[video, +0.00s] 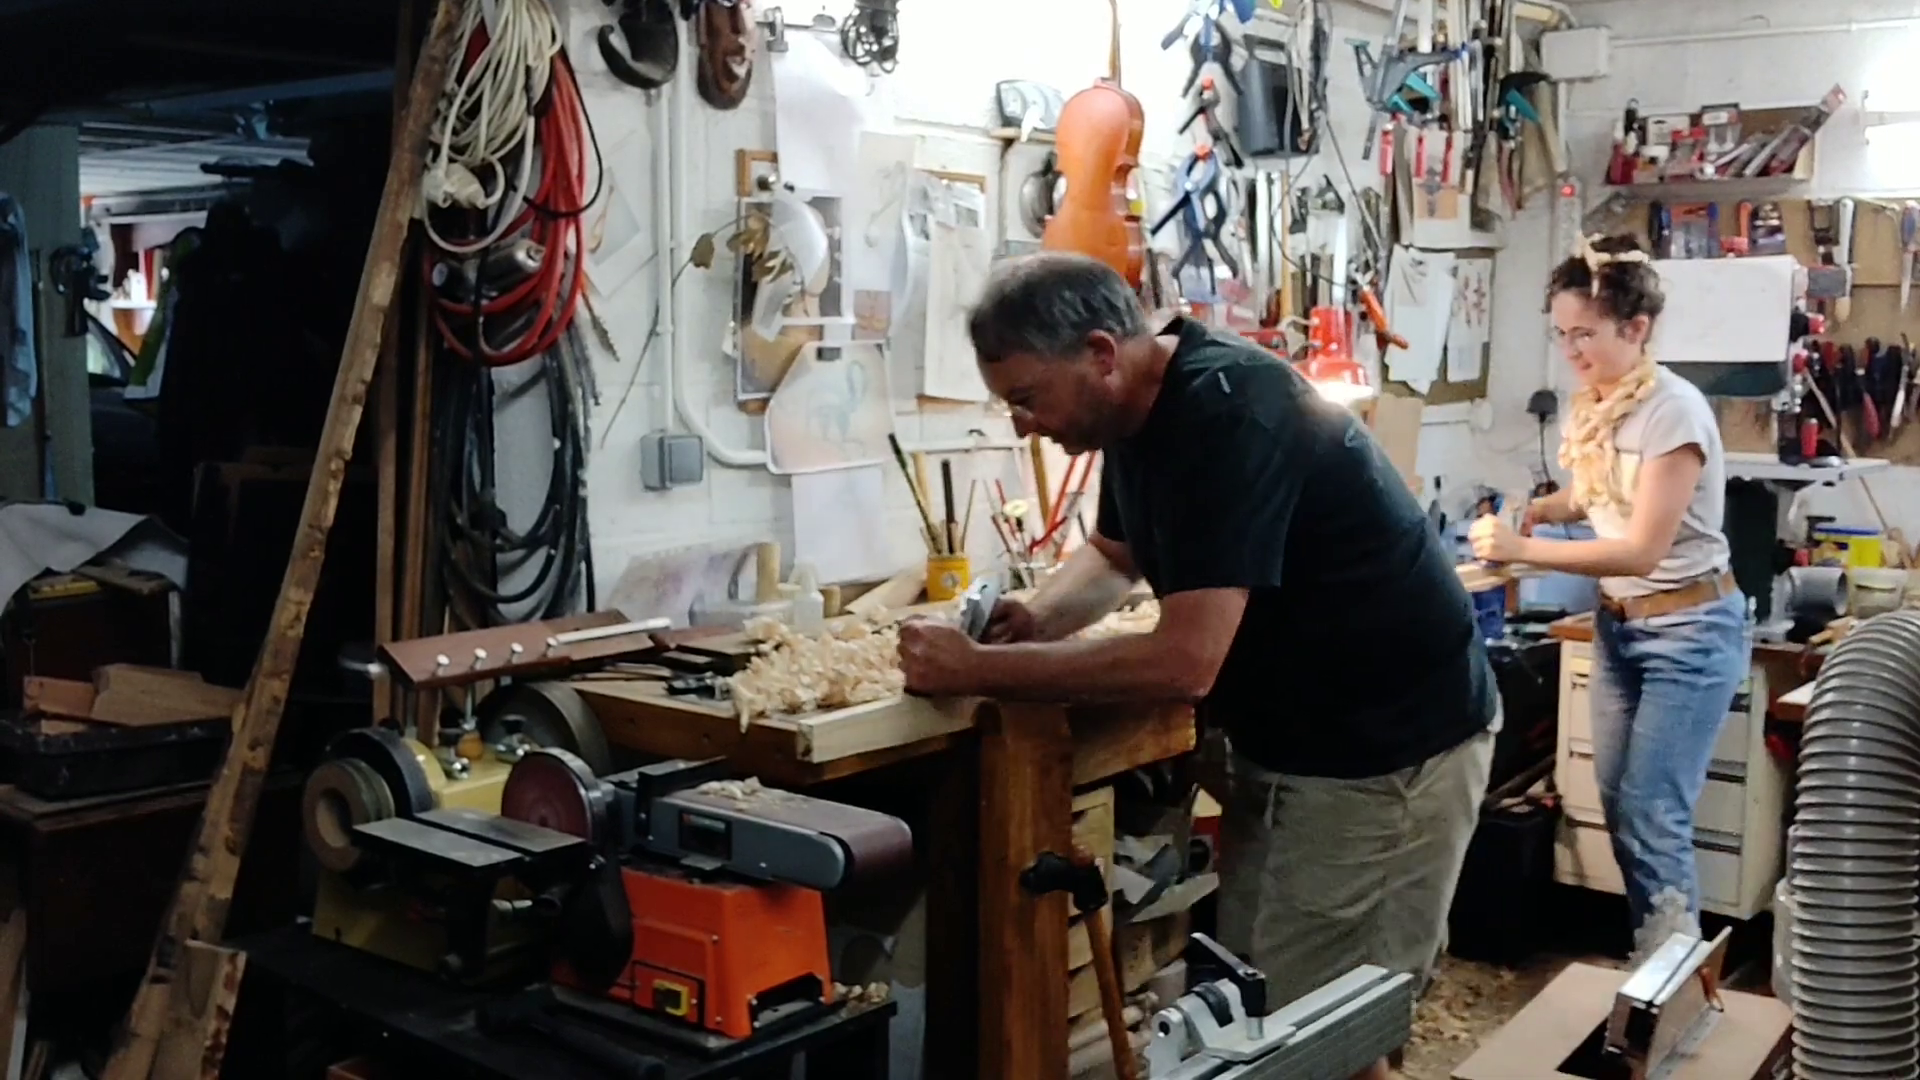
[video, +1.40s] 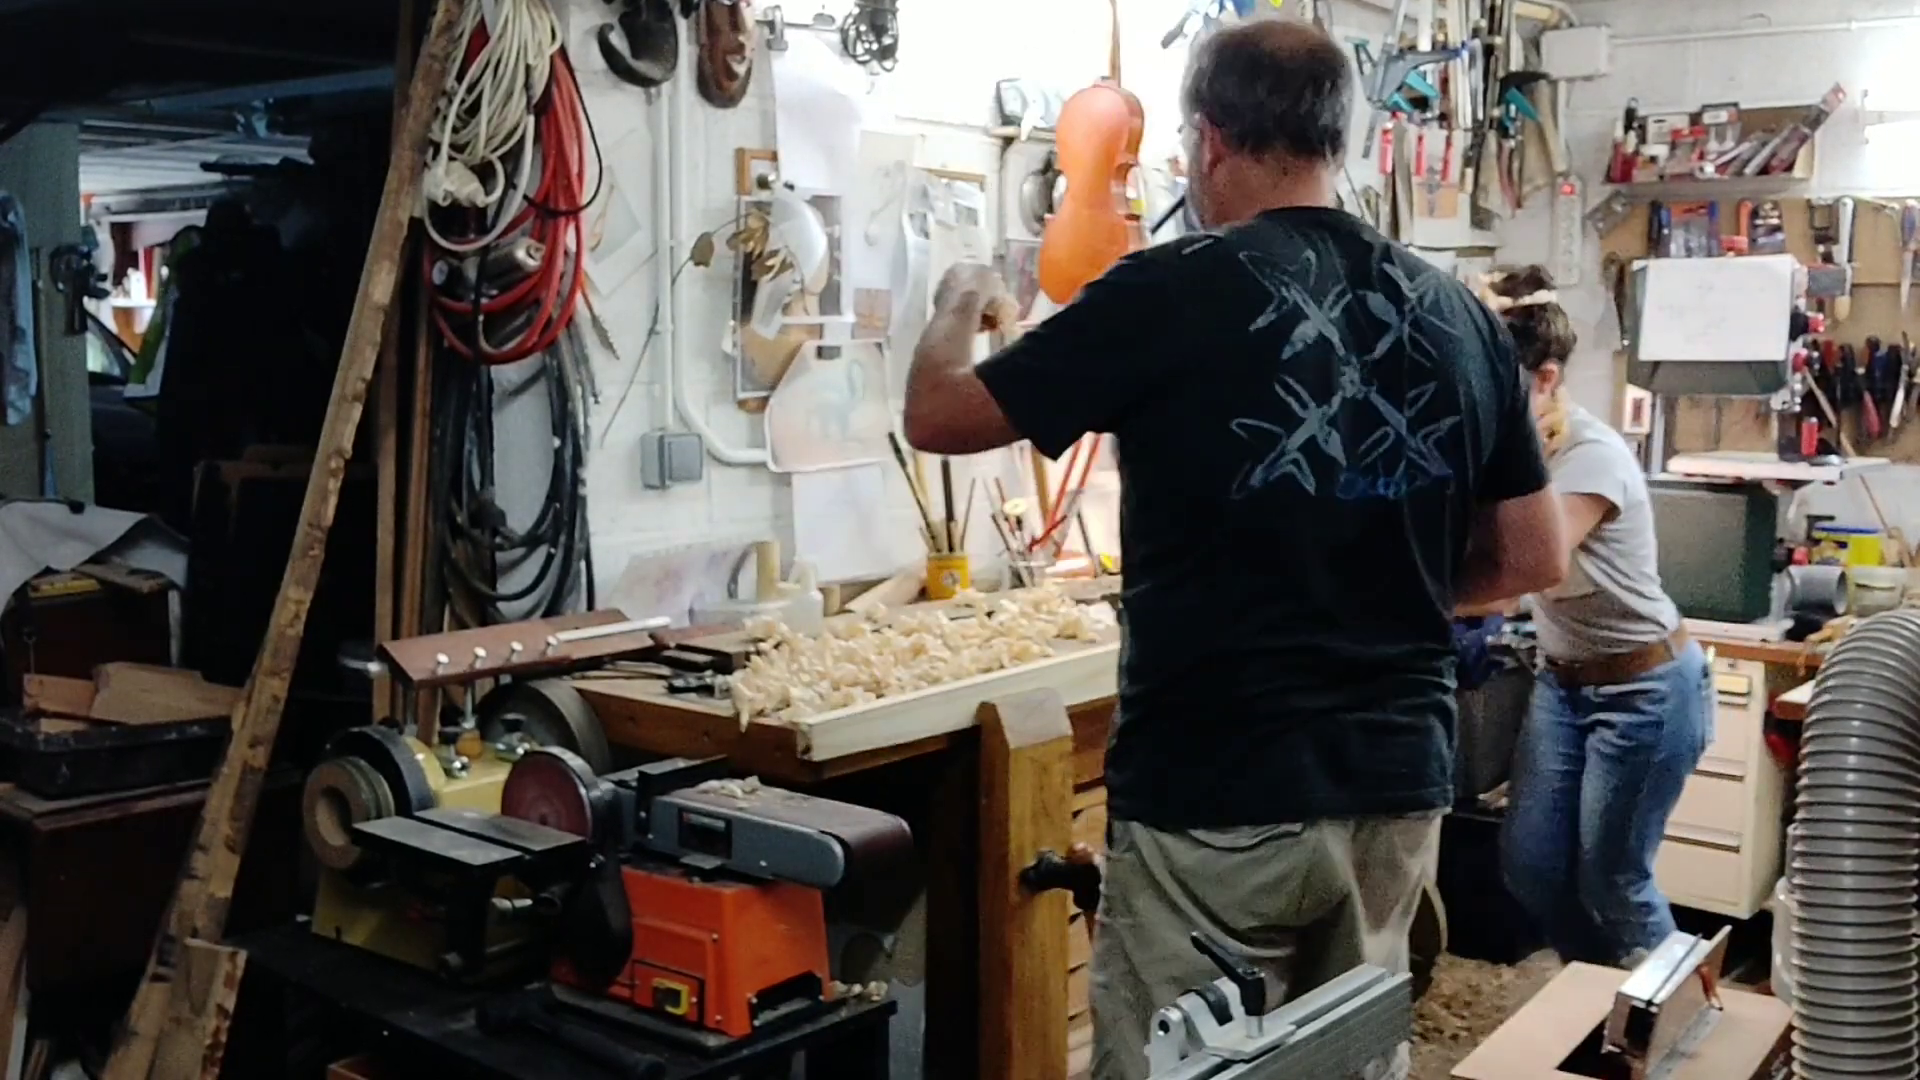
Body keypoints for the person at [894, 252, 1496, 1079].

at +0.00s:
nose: (1021, 425)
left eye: (1026, 397)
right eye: (1010, 405)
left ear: (1101, 354)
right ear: (1102, 353)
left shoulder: (1230, 411)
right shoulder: (1137, 408)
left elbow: (1185, 663)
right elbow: (1115, 553)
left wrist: (975, 669)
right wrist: (1037, 616)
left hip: (1383, 752)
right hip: (1283, 741)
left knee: (1326, 1033)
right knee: (1242, 1009)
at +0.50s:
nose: (925, 397)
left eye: (931, 368)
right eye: (915, 374)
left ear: (1012, 325)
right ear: (1012, 326)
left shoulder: (1134, 409)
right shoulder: (1087, 398)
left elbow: (1047, 668)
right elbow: (1033, 584)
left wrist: (824, 691)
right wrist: (918, 647)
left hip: (1293, 790)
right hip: (1241, 776)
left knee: (1162, 1056)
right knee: (1180, 1045)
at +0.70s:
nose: (910, 324)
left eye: (912, 290)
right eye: (901, 297)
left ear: (990, 254)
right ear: (997, 253)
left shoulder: (1095, 348)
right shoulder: (1138, 325)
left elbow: (974, 582)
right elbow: (1063, 577)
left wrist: (777, 584)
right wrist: (879, 603)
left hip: (1239, 797)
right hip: (1317, 767)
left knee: (1106, 1064)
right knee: (1275, 1052)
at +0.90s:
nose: (974, 238)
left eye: (974, 200)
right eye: (965, 207)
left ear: (1044, 175)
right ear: (1057, 175)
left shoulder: (1104, 293)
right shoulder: (1242, 274)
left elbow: (933, 518)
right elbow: (1172, 533)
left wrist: (796, 478)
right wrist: (975, 540)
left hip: (1208, 784)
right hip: (1358, 757)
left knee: (1098, 1065)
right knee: (1305, 1058)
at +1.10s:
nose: (1059, 205)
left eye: (1061, 173)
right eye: (1053, 178)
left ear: (1126, 156)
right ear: (1158, 155)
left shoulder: (1136, 294)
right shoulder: (1340, 292)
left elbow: (908, 476)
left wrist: (820, 383)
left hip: (1194, 796)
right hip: (1361, 778)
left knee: (1079, 1064)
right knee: (1305, 1066)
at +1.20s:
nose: (1098, 193)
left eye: (1101, 162)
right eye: (1094, 165)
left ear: (1157, 145)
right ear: (1256, 145)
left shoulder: (1141, 290)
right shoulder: (1383, 296)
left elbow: (904, 454)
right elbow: (1418, 531)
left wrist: (866, 342)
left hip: (1204, 786)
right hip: (1378, 766)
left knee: (1117, 1063)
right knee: (1317, 1060)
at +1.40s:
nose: (1189, 159)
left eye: (1190, 133)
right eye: (1192, 134)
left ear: (1213, 138)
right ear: (1344, 144)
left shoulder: (1179, 287)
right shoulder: (1456, 311)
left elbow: (936, 416)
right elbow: (1533, 557)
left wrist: (959, 300)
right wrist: (1378, 579)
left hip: (1217, 761)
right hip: (1398, 761)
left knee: (1165, 1063)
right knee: (1363, 1060)